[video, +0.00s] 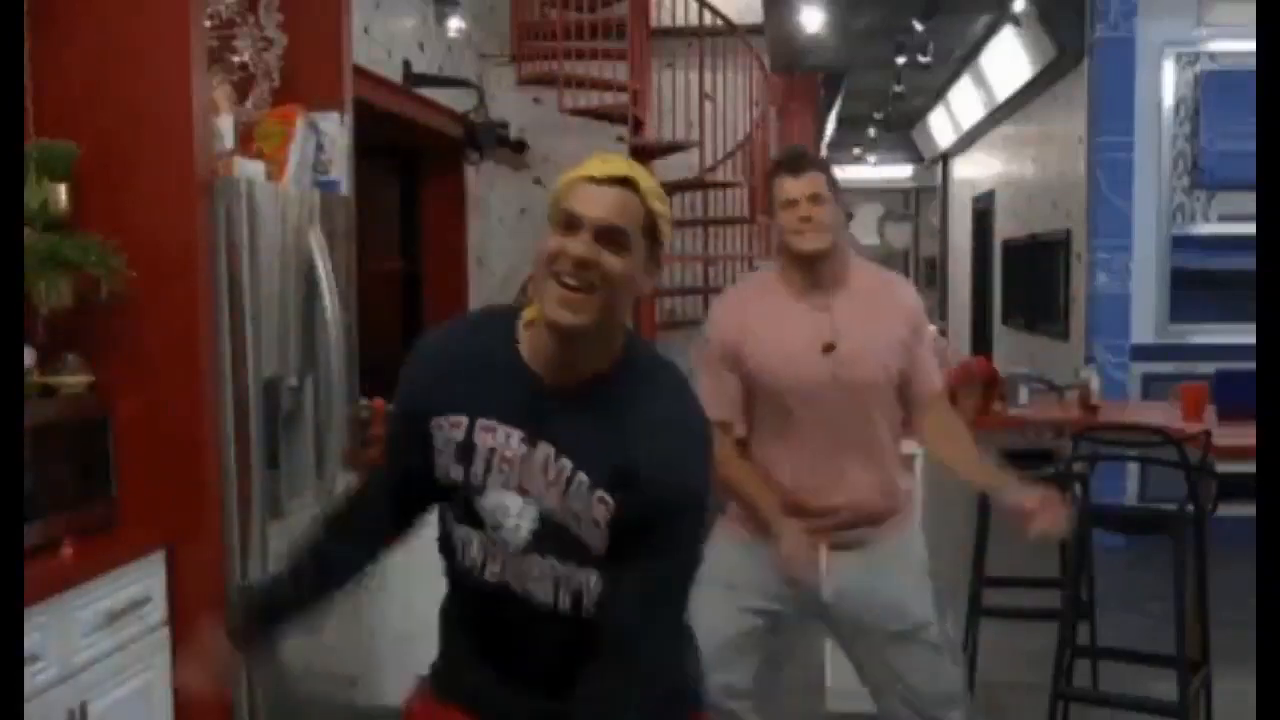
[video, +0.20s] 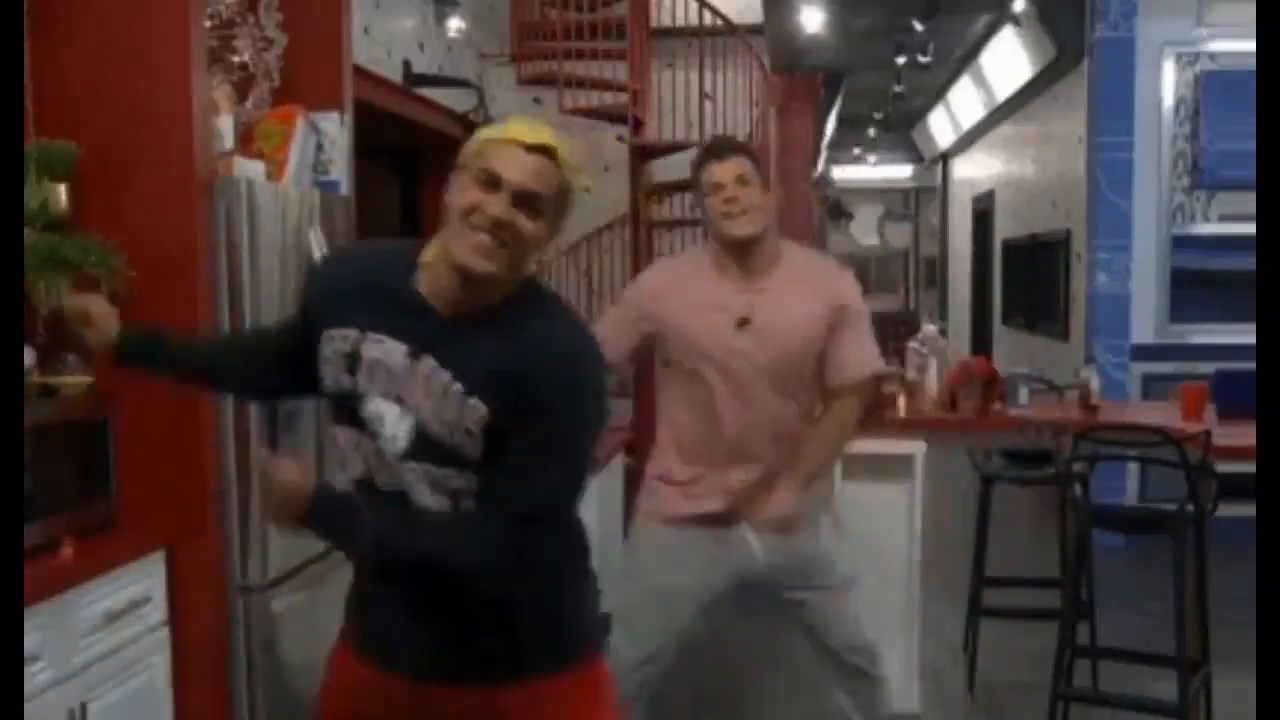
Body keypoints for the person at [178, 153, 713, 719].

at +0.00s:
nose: (578, 252)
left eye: (611, 242)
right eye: (568, 227)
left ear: (647, 275)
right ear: (542, 240)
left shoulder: (668, 426)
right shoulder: (454, 357)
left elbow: (642, 639)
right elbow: (383, 507)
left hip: (618, 697)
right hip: (471, 683)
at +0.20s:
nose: (498, 212)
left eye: (528, 205)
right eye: (486, 184)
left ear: (550, 236)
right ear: (451, 188)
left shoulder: (561, 360)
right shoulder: (353, 282)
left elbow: (502, 545)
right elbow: (284, 364)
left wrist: (327, 509)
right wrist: (126, 344)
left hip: (535, 675)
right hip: (383, 661)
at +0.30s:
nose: (433, 219)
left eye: (462, 209)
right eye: (418, 194)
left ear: (493, 237)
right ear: (390, 203)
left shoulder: (519, 366)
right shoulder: (318, 295)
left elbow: (477, 544)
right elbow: (244, 359)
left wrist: (328, 465)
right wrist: (104, 323)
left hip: (511, 684)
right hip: (363, 674)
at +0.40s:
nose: (329, 198)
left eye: (354, 180)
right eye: (311, 182)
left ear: (402, 203)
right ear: (294, 205)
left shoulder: (469, 330)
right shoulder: (258, 328)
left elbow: (453, 532)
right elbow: (219, 435)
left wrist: (277, 527)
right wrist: (86, 419)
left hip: (478, 666)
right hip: (327, 664)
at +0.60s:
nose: (260, 254)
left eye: (277, 227)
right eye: (240, 245)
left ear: (330, 227)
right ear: (233, 267)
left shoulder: (445, 345)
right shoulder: (237, 408)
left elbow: (492, 542)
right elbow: (234, 591)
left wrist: (508, 687)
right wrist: (180, 703)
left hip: (451, 682)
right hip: (308, 690)